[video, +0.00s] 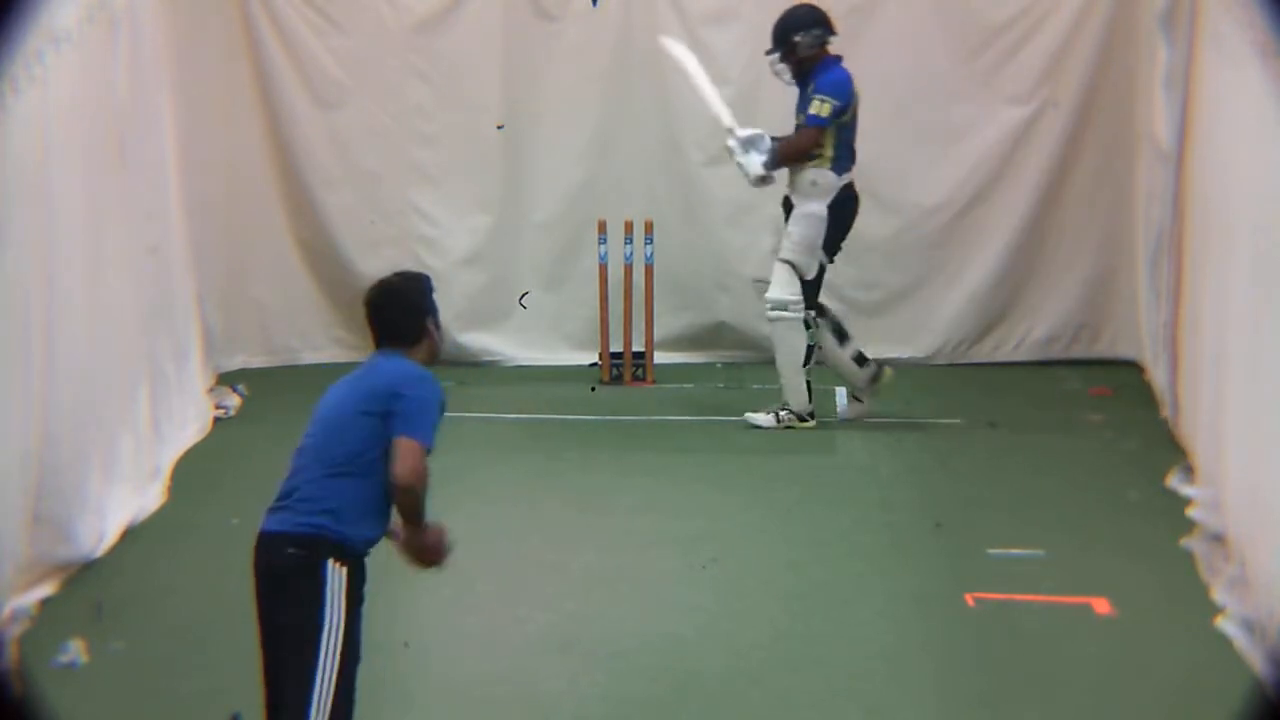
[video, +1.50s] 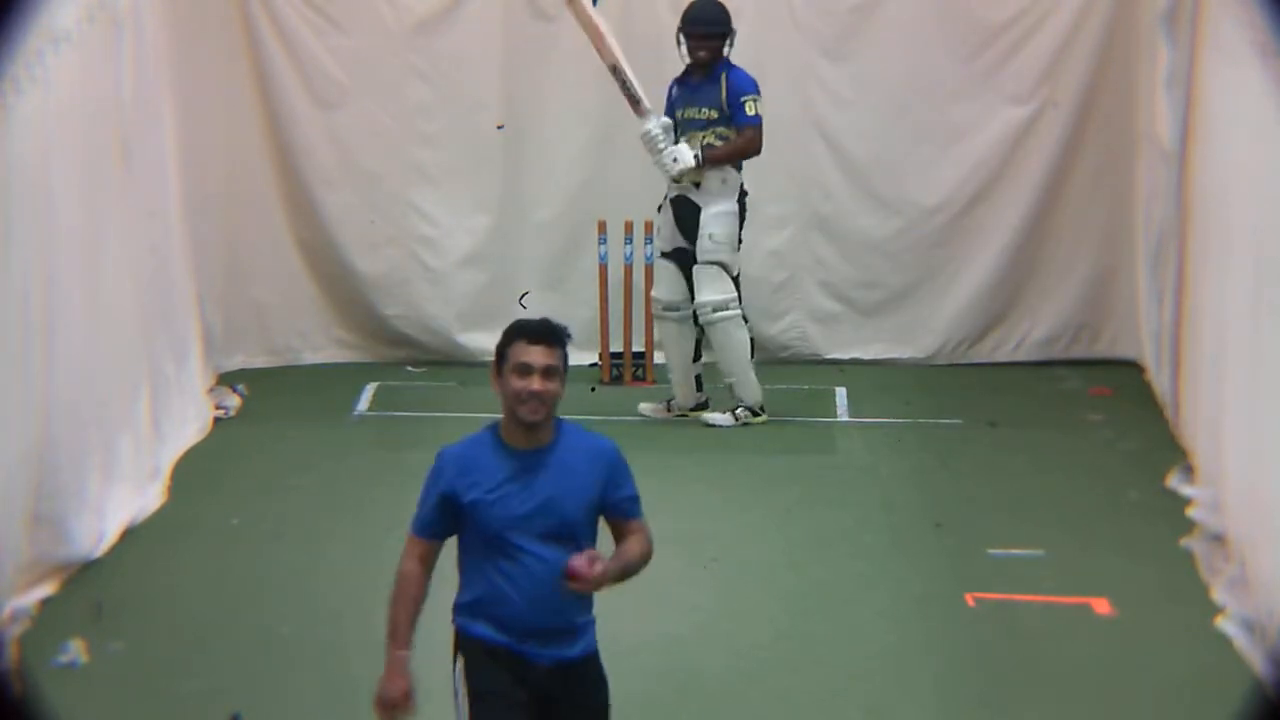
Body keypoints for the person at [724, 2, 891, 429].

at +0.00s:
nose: (782, 61)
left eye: (786, 52)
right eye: (781, 54)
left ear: (806, 45)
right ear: (811, 46)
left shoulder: (831, 82)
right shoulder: (815, 81)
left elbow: (809, 142)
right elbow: (807, 139)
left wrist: (767, 161)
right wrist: (767, 143)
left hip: (824, 200)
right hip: (807, 197)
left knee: (784, 300)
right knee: (796, 300)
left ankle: (797, 409)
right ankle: (863, 375)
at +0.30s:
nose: (728, 63)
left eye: (731, 53)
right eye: (726, 56)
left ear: (752, 45)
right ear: (755, 45)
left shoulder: (777, 74)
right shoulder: (760, 81)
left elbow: (716, 108)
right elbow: (747, 140)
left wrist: (681, 117)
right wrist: (700, 119)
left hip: (784, 204)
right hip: (757, 201)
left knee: (761, 300)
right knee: (726, 293)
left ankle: (797, 409)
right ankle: (705, 392)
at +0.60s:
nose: (685, 61)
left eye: (689, 54)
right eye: (680, 56)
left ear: (708, 48)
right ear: (688, 57)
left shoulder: (741, 75)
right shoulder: (699, 97)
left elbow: (695, 61)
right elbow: (691, 162)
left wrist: (649, 78)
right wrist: (650, 136)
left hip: (734, 201)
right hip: (700, 201)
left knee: (703, 295)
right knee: (669, 296)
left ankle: (780, 390)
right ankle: (688, 399)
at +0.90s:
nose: (664, 58)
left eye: (666, 49)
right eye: (661, 52)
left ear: (685, 41)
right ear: (668, 50)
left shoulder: (722, 68)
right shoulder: (666, 88)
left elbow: (735, 85)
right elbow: (644, 146)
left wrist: (683, 78)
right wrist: (633, 110)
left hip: (710, 195)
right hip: (673, 195)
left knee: (676, 289)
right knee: (654, 291)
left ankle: (728, 386)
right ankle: (686, 396)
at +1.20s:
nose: (681, 44)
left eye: (690, 35)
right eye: (673, 36)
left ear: (706, 35)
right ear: (661, 39)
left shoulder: (727, 77)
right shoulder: (662, 83)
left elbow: (751, 130)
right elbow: (644, 148)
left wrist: (701, 126)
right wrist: (652, 118)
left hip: (705, 196)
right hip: (668, 196)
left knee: (683, 289)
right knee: (667, 294)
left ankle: (745, 388)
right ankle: (686, 397)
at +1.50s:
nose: (700, 47)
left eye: (709, 40)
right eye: (692, 39)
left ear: (725, 40)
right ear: (683, 39)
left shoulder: (738, 83)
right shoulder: (678, 88)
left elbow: (752, 142)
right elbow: (670, 145)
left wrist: (699, 157)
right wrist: (659, 139)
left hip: (719, 200)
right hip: (679, 199)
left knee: (714, 296)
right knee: (671, 298)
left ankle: (749, 402)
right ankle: (686, 398)